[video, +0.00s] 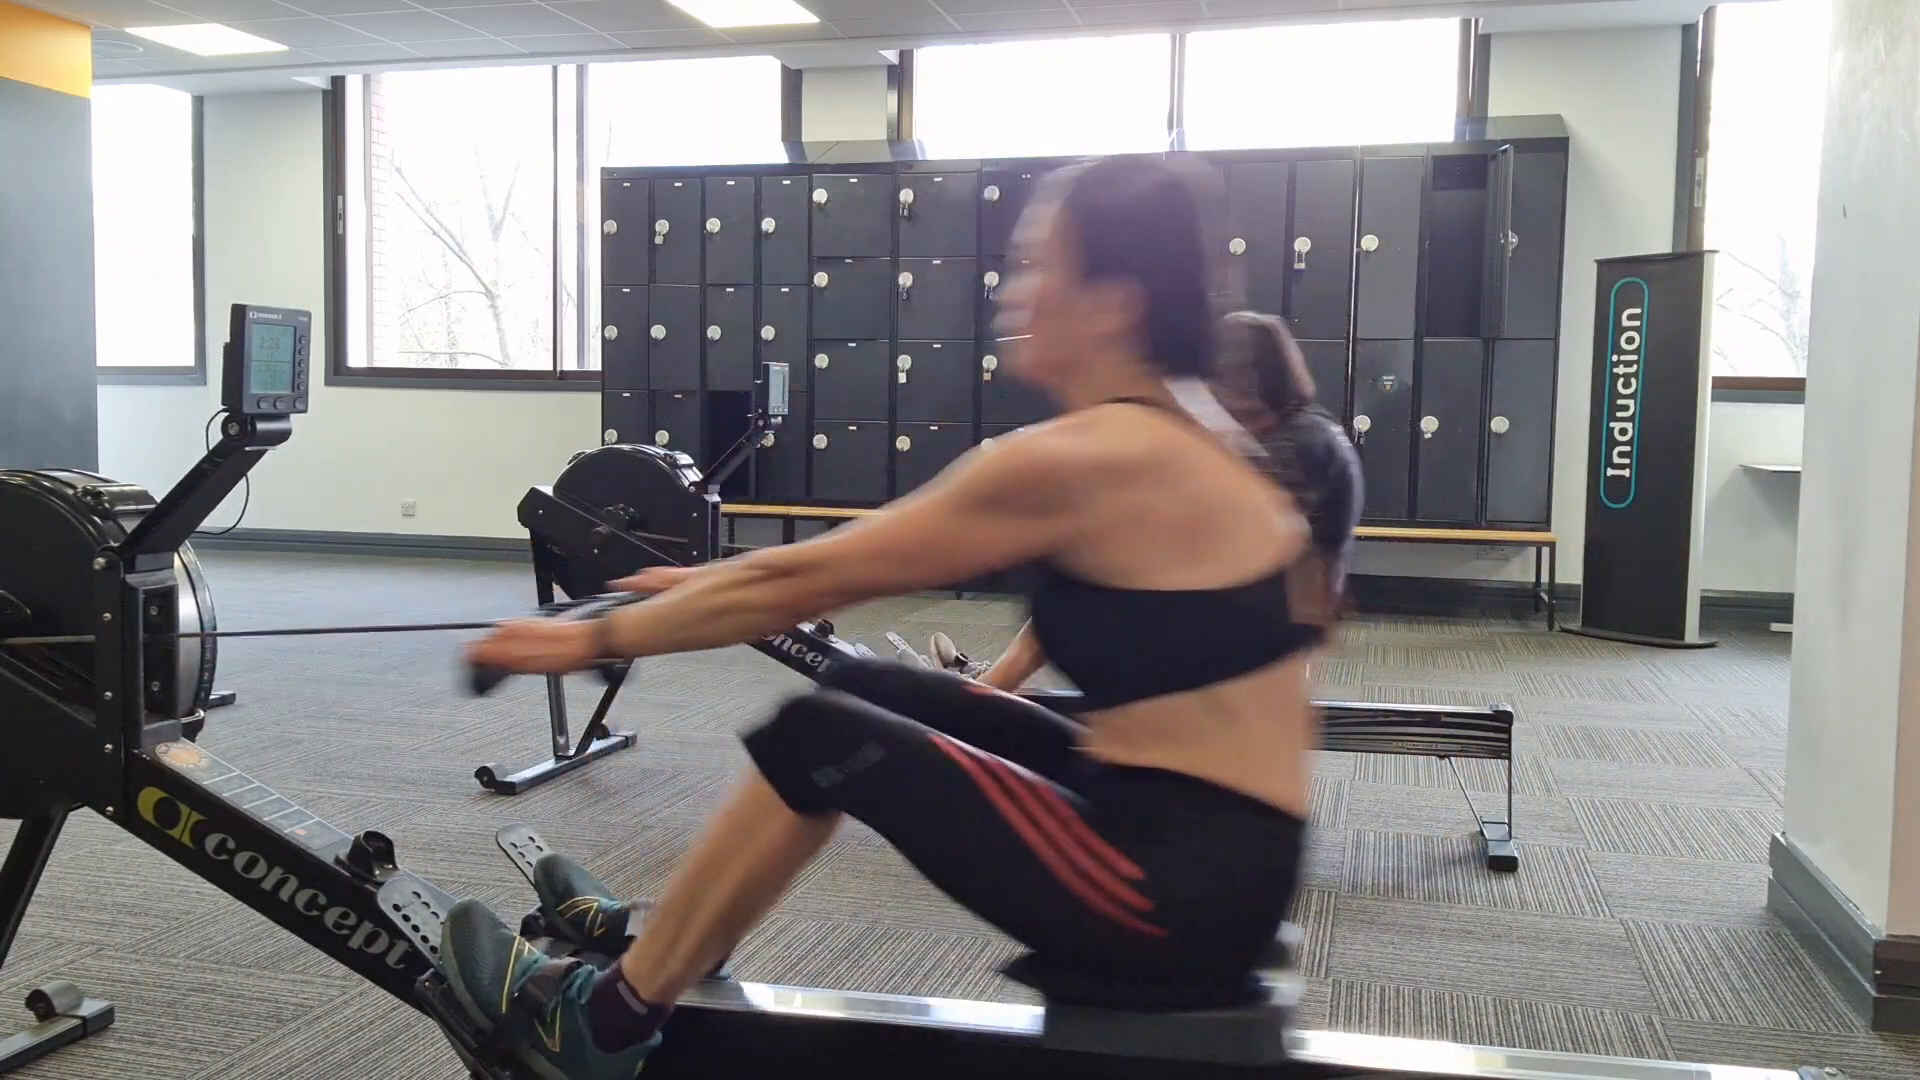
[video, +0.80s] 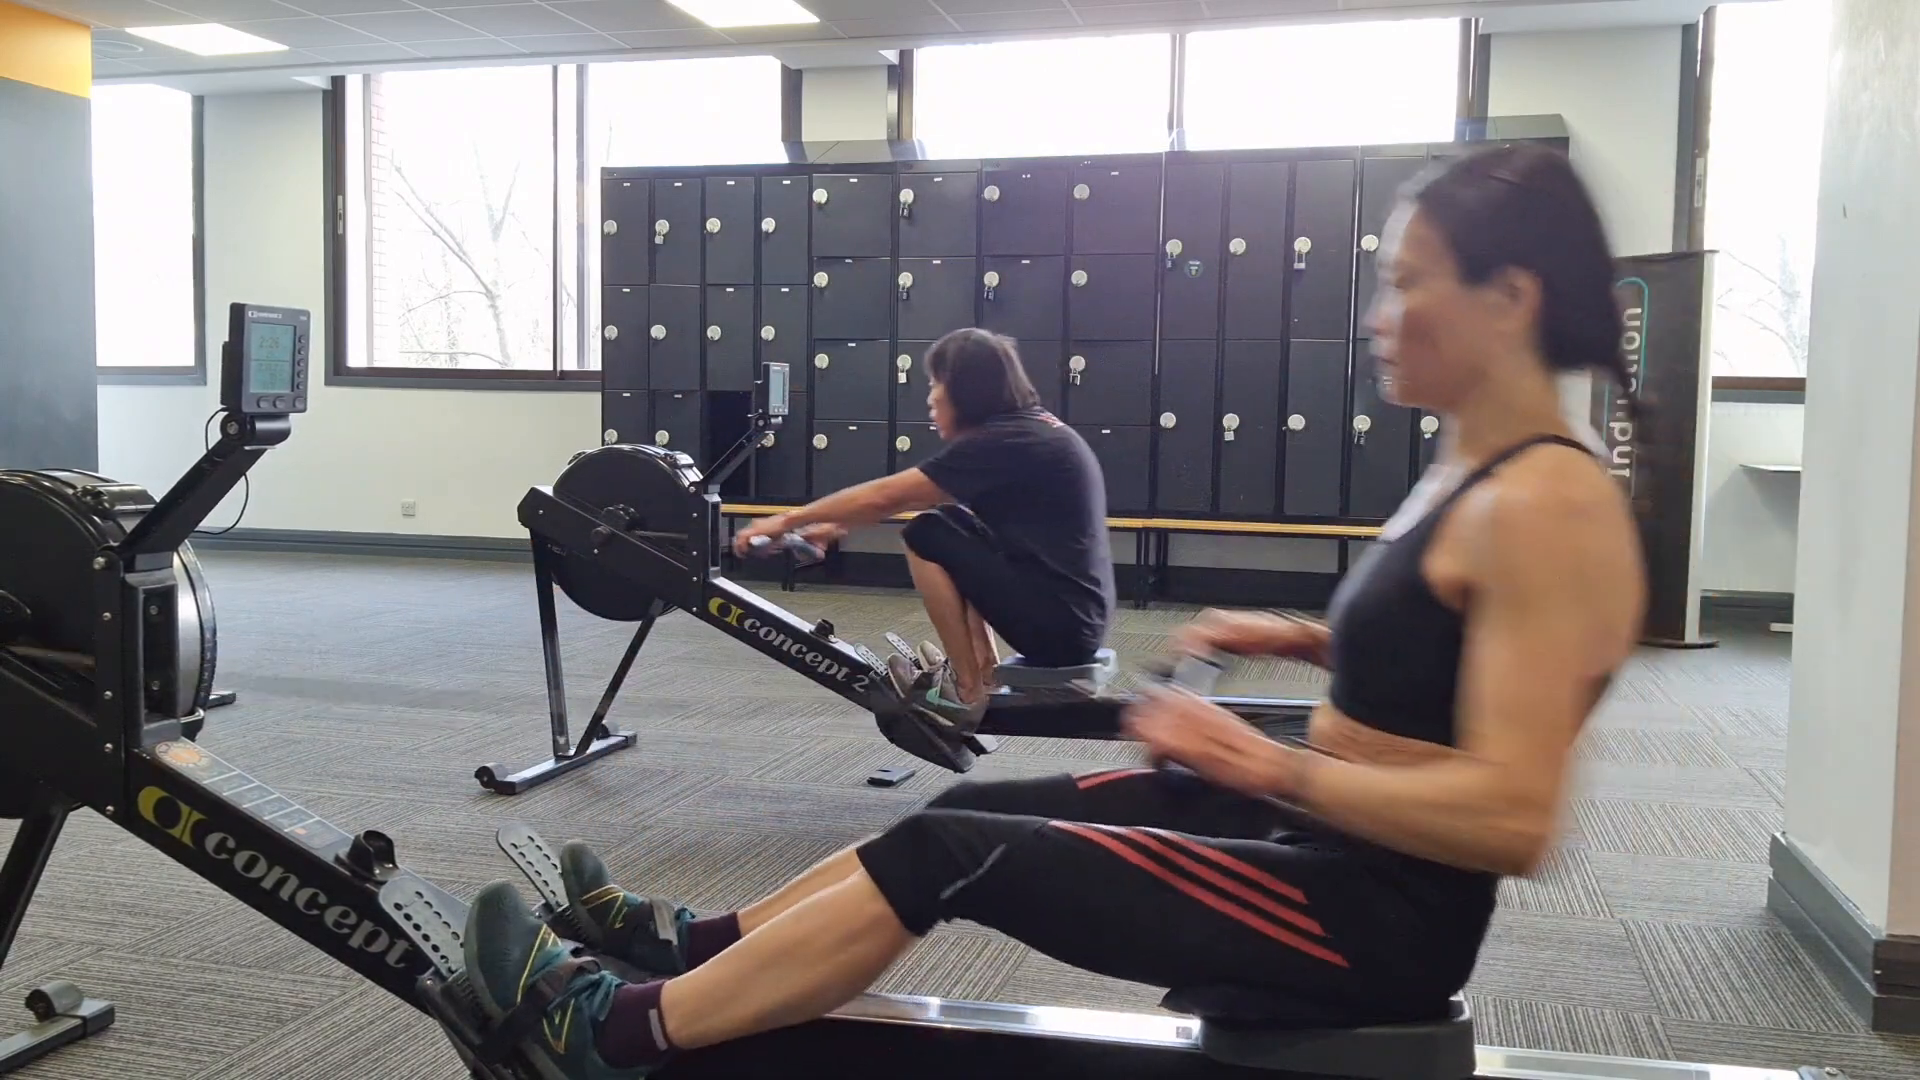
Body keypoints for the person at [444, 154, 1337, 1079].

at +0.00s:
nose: (1006, 297)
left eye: (1031, 273)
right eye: (1014, 271)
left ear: (1116, 303)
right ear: (1121, 307)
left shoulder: (1080, 460)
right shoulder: (1173, 437)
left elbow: (816, 580)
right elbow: (888, 556)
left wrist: (589, 637)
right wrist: (726, 579)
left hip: (1169, 883)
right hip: (1206, 841)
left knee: (825, 728)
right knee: (851, 690)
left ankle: (614, 1013)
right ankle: (665, 963)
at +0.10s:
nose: (1133, 294)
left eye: (1161, 268)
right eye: (1140, 265)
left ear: (1255, 292)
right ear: (1245, 295)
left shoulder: (1200, 459)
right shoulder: (1285, 436)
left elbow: (918, 582)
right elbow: (1016, 553)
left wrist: (704, 642)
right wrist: (815, 570)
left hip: (1260, 881)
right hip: (1278, 823)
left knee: (891, 772)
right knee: (919, 729)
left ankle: (622, 1020)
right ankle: (676, 965)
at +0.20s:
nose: (1265, 283)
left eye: (1297, 254)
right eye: (1274, 254)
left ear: (1396, 292)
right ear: (1376, 295)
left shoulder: (1347, 460)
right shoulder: (1381, 442)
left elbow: (1065, 582)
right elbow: (1098, 544)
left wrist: (827, 644)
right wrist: (906, 573)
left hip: (1320, 901)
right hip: (1312, 835)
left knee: (931, 813)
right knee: (939, 781)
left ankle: (632, 1027)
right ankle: (676, 958)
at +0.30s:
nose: (1397, 310)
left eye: (1429, 282)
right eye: (1404, 278)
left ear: (1535, 308)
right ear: (1508, 306)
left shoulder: (1503, 478)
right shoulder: (1481, 464)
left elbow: (1203, 597)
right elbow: (1211, 580)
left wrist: (948, 642)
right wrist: (988, 628)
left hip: (1353, 899)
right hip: (1324, 833)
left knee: (961, 846)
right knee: (978, 810)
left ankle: (602, 1028)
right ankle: (688, 948)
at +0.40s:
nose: (1475, 345)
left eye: (1504, 316)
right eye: (1480, 315)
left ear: (1615, 334)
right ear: (1581, 335)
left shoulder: (1599, 513)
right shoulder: (1536, 489)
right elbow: (1337, 633)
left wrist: (1093, 699)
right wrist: (1140, 600)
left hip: (1384, 900)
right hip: (1332, 835)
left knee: (971, 878)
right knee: (969, 845)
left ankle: (619, 1032)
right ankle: (668, 956)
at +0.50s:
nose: (1499, 371)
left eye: (1525, 337)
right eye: (1503, 339)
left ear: (1641, 349)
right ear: (1628, 355)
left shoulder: (1657, 539)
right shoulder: (1598, 514)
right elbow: (1421, 724)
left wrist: (1238, 784)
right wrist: (1251, 669)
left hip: (1383, 929)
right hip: (1336, 860)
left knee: (963, 888)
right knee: (967, 839)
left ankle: (617, 1032)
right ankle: (690, 955)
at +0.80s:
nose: (1373, 318)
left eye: (1400, 286)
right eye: (1380, 286)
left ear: (1513, 302)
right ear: (1486, 306)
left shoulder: (1548, 502)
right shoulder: (1479, 475)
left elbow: (1519, 814)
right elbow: (1437, 690)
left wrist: (1273, 764)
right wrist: (1297, 643)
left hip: (1368, 918)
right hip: (1333, 853)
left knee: (956, 839)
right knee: (959, 816)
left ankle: (618, 1036)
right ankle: (697, 952)